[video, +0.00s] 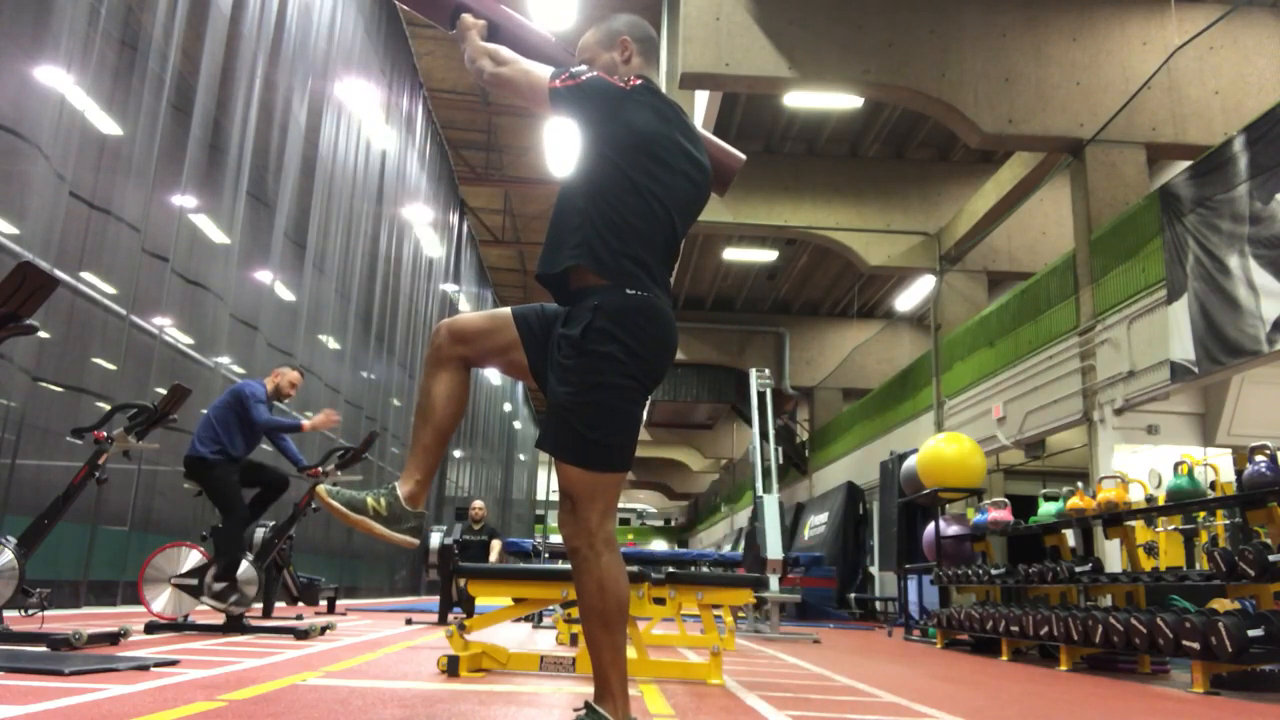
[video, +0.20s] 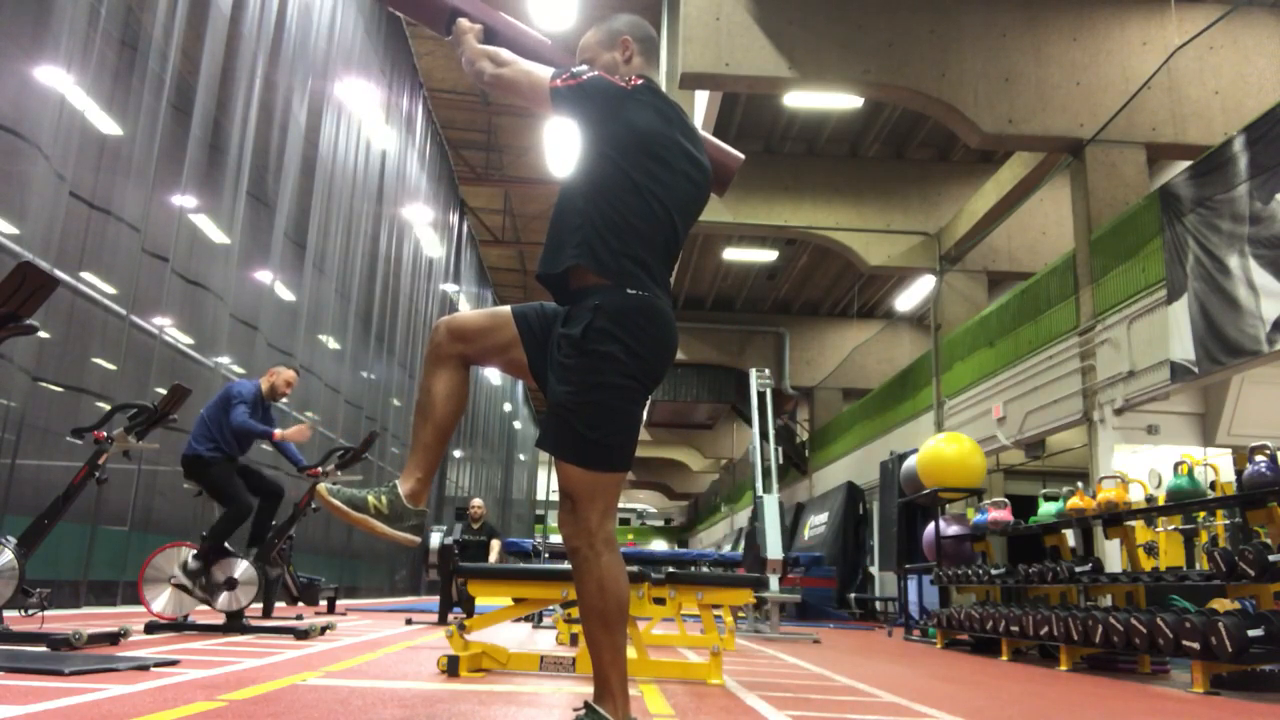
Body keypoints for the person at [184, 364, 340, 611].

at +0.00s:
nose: (292, 393)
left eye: (296, 390)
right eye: (291, 385)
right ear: (276, 376)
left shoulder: (264, 405)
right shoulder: (251, 389)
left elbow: (278, 438)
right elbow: (263, 421)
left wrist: (303, 467)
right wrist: (309, 424)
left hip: (229, 462)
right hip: (207, 460)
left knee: (278, 481)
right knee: (237, 516)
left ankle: (235, 527)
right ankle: (219, 582)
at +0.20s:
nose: (288, 392)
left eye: (291, 388)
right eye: (287, 384)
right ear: (271, 376)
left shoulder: (263, 406)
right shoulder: (244, 390)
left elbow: (278, 438)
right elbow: (238, 422)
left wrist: (303, 466)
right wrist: (278, 435)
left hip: (226, 462)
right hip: (202, 460)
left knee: (273, 492)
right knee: (242, 506)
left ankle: (255, 550)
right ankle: (199, 560)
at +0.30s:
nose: (285, 389)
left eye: (289, 385)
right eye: (284, 381)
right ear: (269, 373)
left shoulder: (263, 407)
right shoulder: (237, 389)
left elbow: (277, 439)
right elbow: (234, 425)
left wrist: (304, 466)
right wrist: (273, 440)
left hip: (223, 461)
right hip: (202, 457)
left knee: (260, 509)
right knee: (252, 493)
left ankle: (252, 563)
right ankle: (206, 538)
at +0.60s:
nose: (282, 384)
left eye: (285, 380)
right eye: (279, 376)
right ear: (262, 369)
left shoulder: (262, 401)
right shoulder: (236, 389)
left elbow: (275, 431)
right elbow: (248, 429)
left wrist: (300, 460)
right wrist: (286, 455)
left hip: (220, 460)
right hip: (203, 457)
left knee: (259, 509)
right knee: (260, 487)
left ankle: (229, 543)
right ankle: (237, 546)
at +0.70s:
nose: (282, 383)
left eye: (286, 380)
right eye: (280, 376)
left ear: (284, 382)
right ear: (262, 369)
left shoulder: (262, 398)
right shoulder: (239, 389)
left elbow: (275, 428)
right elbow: (256, 427)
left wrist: (299, 461)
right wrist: (289, 459)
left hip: (228, 461)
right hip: (204, 459)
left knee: (271, 497)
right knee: (246, 505)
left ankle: (226, 535)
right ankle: (233, 572)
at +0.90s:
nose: (286, 384)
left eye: (290, 380)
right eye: (284, 377)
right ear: (266, 370)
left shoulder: (265, 397)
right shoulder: (243, 388)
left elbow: (277, 428)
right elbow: (259, 428)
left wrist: (299, 460)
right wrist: (290, 461)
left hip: (227, 460)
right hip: (202, 459)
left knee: (274, 481)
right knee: (231, 511)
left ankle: (246, 537)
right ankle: (200, 573)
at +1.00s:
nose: (286, 386)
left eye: (290, 381)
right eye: (284, 378)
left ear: (290, 381)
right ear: (267, 371)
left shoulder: (266, 398)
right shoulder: (242, 388)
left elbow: (279, 430)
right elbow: (258, 428)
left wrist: (301, 461)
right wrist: (289, 461)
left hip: (219, 457)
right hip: (196, 454)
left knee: (261, 498)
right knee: (236, 496)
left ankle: (254, 558)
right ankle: (197, 552)